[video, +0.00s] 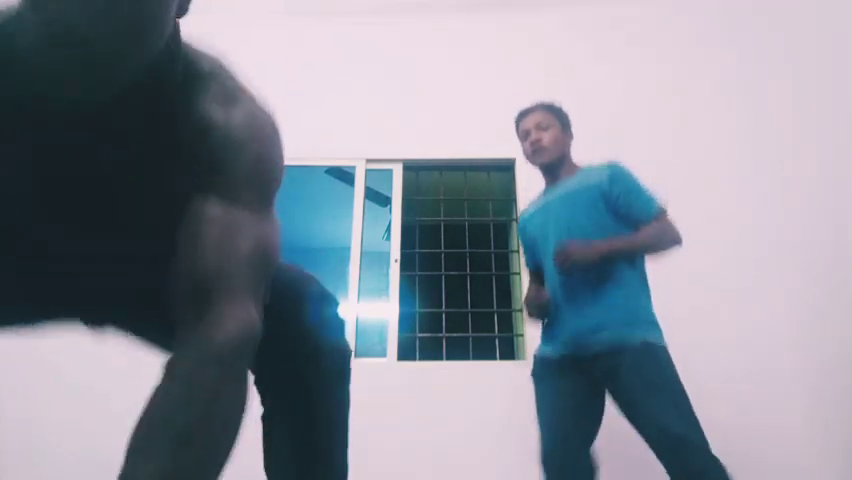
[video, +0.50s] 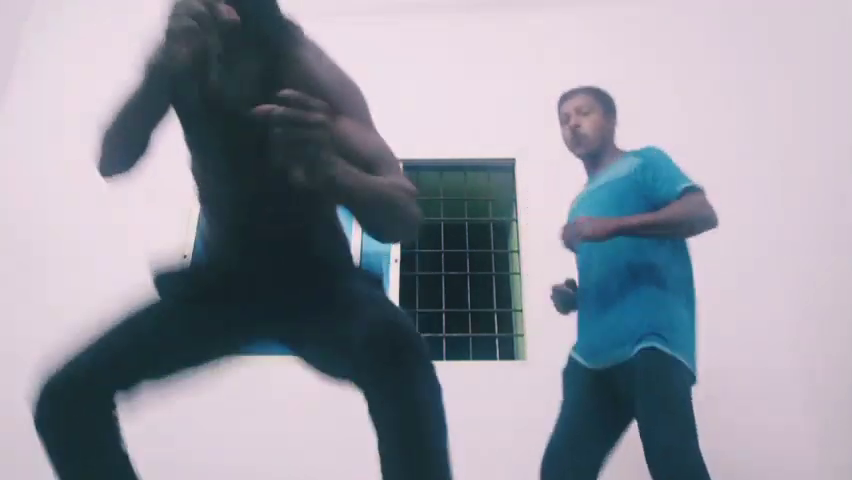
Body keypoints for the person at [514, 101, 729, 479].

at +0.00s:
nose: (533, 139)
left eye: (543, 129)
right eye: (525, 136)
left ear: (567, 135)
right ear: (522, 149)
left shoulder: (609, 178)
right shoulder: (528, 219)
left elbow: (667, 233)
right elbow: (537, 281)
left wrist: (597, 249)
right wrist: (534, 301)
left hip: (630, 344)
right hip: (561, 356)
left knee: (689, 459)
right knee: (561, 466)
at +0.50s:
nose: (572, 124)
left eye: (583, 113)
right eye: (565, 119)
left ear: (610, 121)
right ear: (562, 134)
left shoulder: (647, 162)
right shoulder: (579, 205)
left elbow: (702, 213)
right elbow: (610, 282)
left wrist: (612, 225)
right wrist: (576, 296)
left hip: (653, 342)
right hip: (594, 355)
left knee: (674, 466)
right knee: (561, 468)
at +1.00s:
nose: (560, 150)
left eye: (569, 138)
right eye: (551, 145)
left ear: (593, 142)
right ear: (548, 157)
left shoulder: (635, 182)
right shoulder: (570, 227)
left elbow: (692, 237)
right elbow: (598, 287)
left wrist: (615, 269)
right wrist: (577, 319)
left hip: (667, 351)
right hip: (610, 361)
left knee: (705, 463)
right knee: (585, 463)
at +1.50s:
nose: (615, 117)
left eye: (624, 105)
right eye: (610, 111)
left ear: (656, 105)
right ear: (609, 120)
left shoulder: (702, 142)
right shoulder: (648, 188)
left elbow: (761, 197)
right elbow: (691, 251)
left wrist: (682, 250)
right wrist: (665, 273)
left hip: (746, 318)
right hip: (694, 331)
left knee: (790, 428)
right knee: (698, 451)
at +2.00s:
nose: (611, 122)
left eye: (619, 111)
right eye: (607, 116)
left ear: (652, 111)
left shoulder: (678, 140)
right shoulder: (662, 170)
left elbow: (733, 186)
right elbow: (709, 235)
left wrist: (657, 241)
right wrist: (665, 272)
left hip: (723, 301)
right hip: (703, 309)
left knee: (710, 428)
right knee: (714, 429)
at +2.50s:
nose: (629, 91)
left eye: (638, 80)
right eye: (625, 85)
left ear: (673, 79)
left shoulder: (701, 106)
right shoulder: (677, 145)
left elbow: (757, 152)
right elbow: (727, 214)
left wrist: (670, 203)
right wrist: (683, 251)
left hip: (737, 276)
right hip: (704, 293)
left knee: (769, 390)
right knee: (715, 428)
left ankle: (830, 474)